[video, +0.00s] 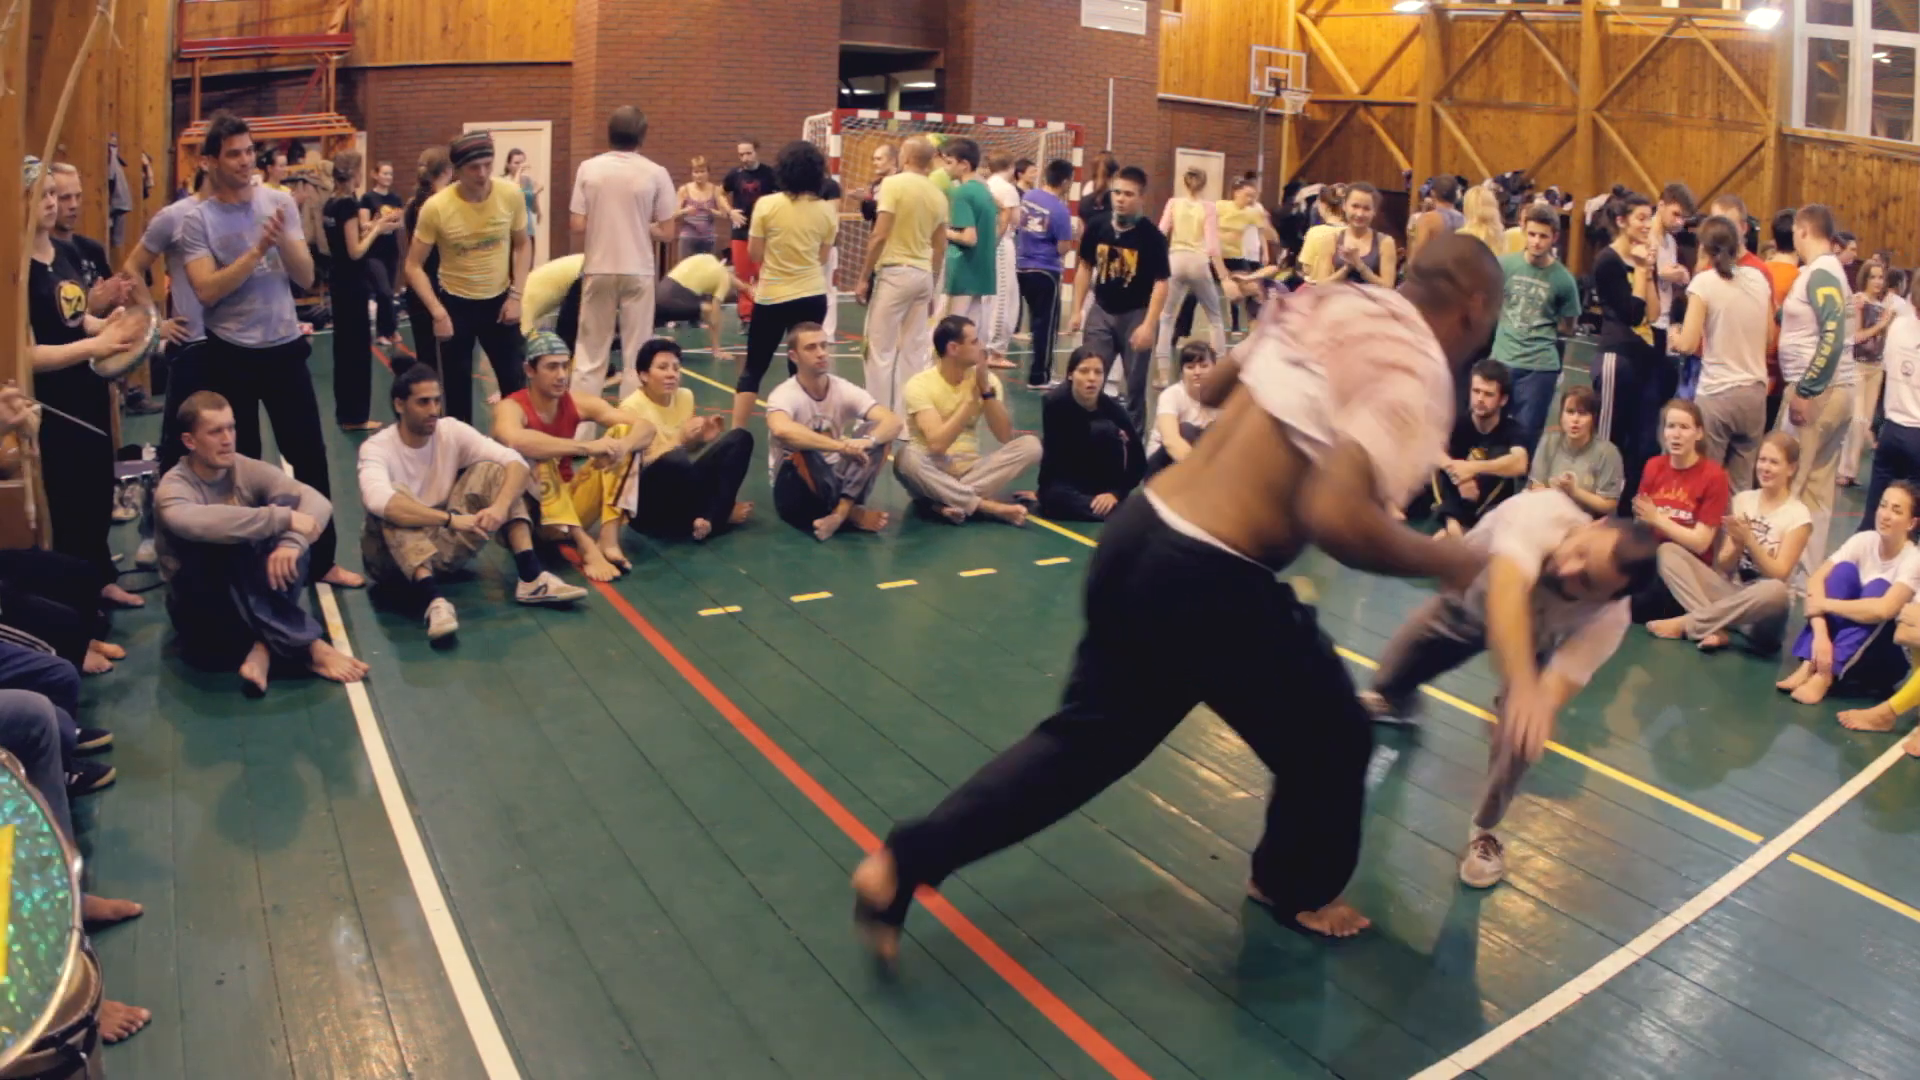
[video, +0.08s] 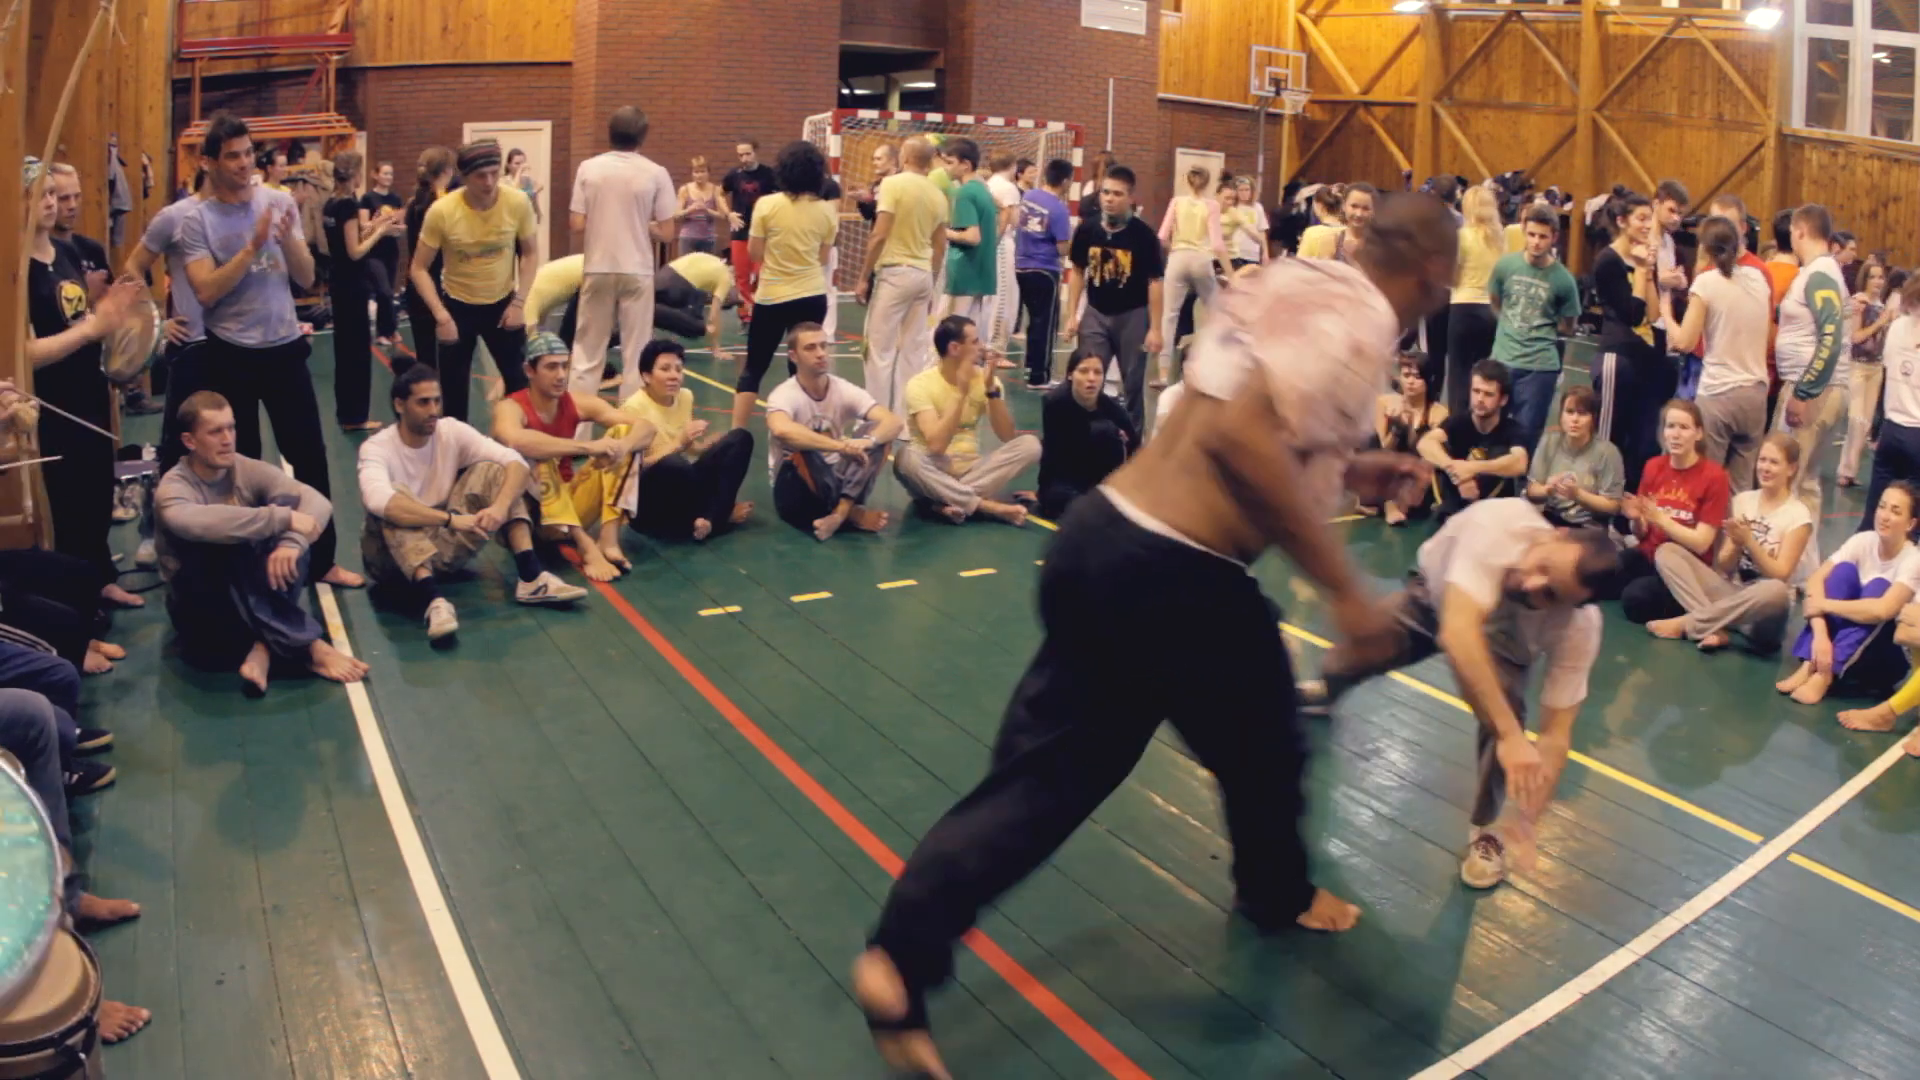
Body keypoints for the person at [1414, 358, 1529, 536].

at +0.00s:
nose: (1480, 400)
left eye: (1488, 394)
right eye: (1476, 392)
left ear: (1503, 400)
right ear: (1469, 393)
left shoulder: (1512, 430)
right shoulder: (1456, 426)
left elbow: (1519, 464)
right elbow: (1434, 451)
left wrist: (1471, 467)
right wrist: (1461, 476)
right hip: (1456, 498)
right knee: (1437, 468)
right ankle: (1452, 523)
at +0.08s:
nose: (1480, 400)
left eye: (1488, 395)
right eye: (1476, 392)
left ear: (1502, 400)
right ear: (1469, 392)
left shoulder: (1511, 429)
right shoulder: (1459, 421)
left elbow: (1519, 464)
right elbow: (1426, 444)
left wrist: (1472, 468)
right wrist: (1458, 476)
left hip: (1495, 511)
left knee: (1501, 455)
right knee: (1438, 455)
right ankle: (1448, 512)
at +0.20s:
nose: (1480, 400)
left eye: (1488, 394)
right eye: (1476, 392)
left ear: (1503, 400)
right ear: (1469, 393)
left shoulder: (1512, 430)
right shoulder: (1457, 422)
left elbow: (1519, 465)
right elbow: (1425, 444)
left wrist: (1472, 468)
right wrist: (1458, 473)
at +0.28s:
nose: (1480, 399)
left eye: (1488, 394)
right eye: (1476, 392)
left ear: (1503, 400)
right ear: (1469, 392)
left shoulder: (1511, 429)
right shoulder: (1457, 423)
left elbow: (1519, 464)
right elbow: (1426, 443)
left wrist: (1472, 468)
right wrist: (1459, 476)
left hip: (1496, 508)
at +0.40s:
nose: (1480, 400)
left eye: (1488, 394)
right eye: (1476, 392)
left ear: (1503, 400)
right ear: (1469, 392)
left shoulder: (1512, 429)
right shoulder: (1459, 420)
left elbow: (1519, 469)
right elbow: (1426, 443)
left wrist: (1480, 483)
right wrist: (1460, 478)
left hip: (1493, 500)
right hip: (1456, 498)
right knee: (1441, 465)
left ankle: (1449, 528)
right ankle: (1454, 530)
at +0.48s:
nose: (1480, 400)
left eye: (1488, 395)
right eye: (1476, 392)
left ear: (1503, 400)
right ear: (1469, 392)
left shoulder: (1513, 430)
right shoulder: (1456, 422)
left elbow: (1517, 464)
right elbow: (1429, 444)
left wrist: (1477, 479)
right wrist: (1459, 476)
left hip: (1492, 500)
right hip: (1455, 495)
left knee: (1503, 476)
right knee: (1437, 465)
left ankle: (1449, 528)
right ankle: (1455, 529)